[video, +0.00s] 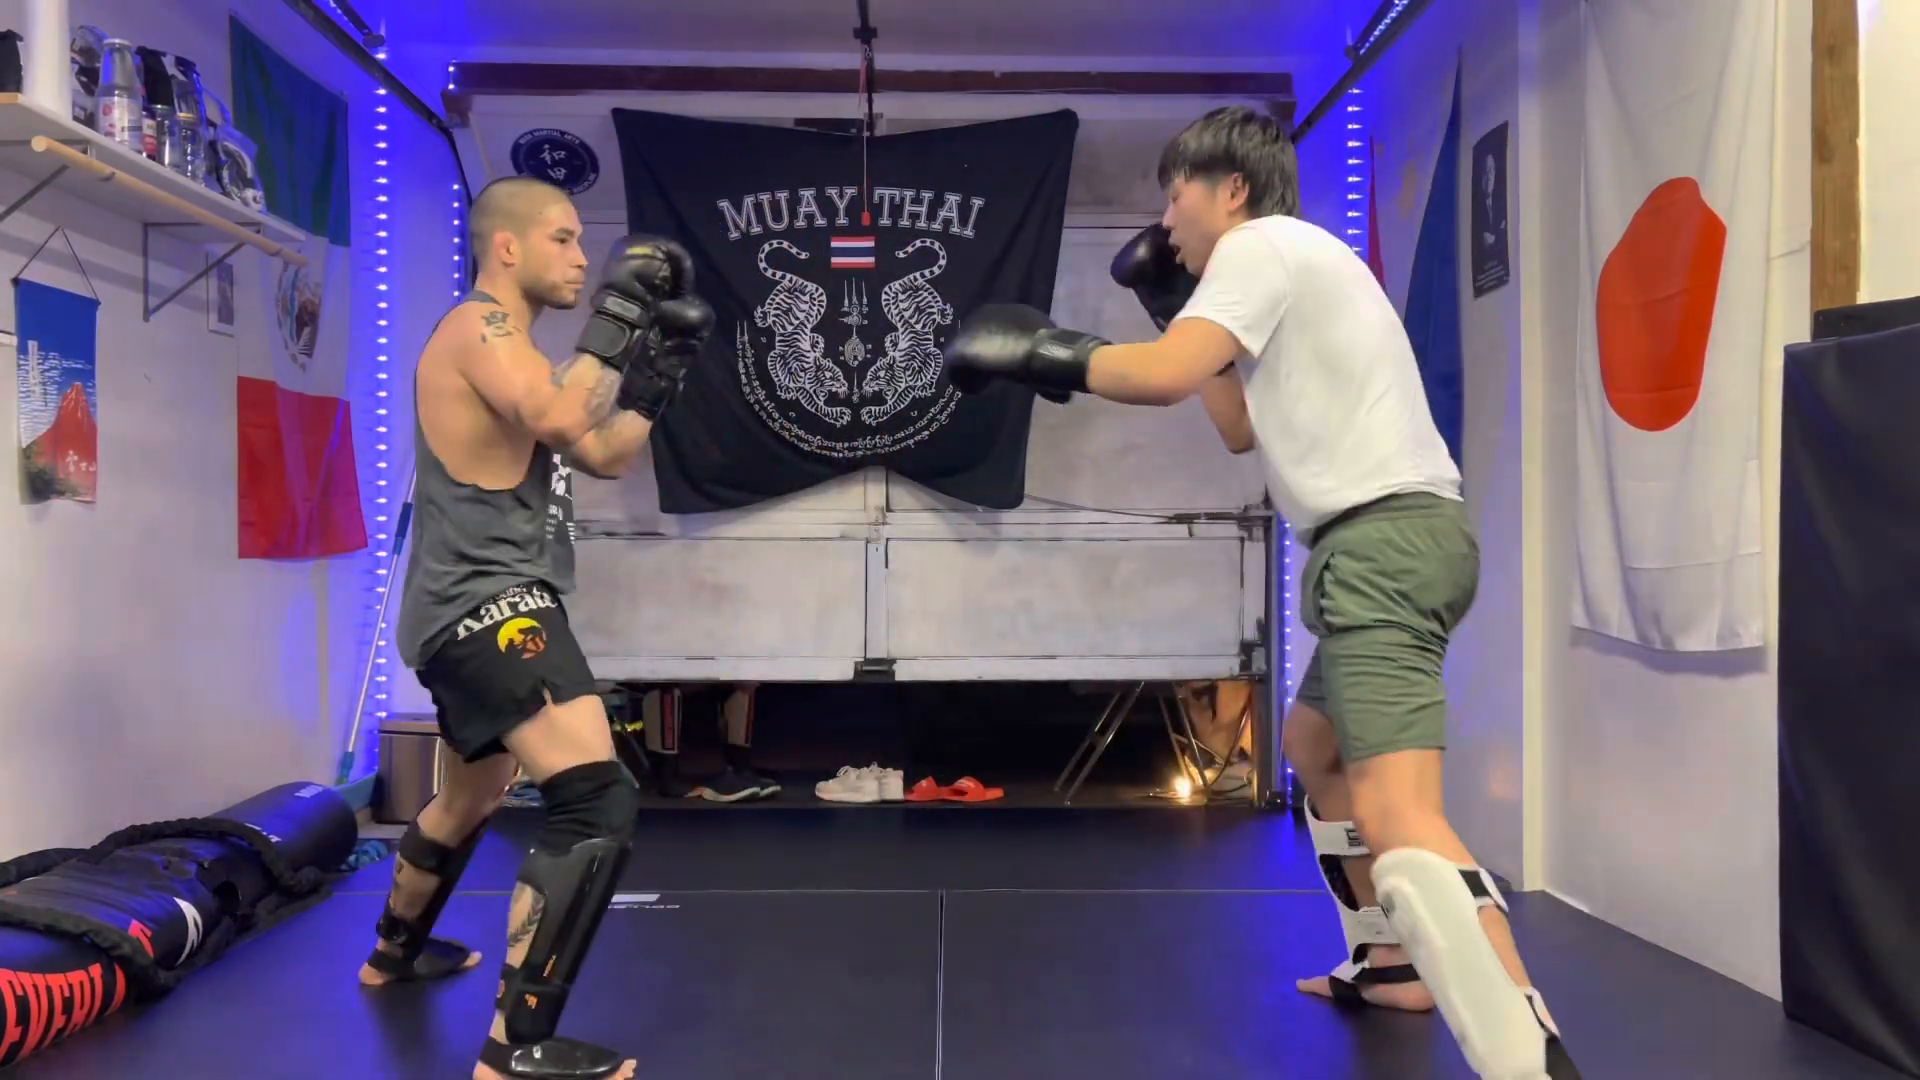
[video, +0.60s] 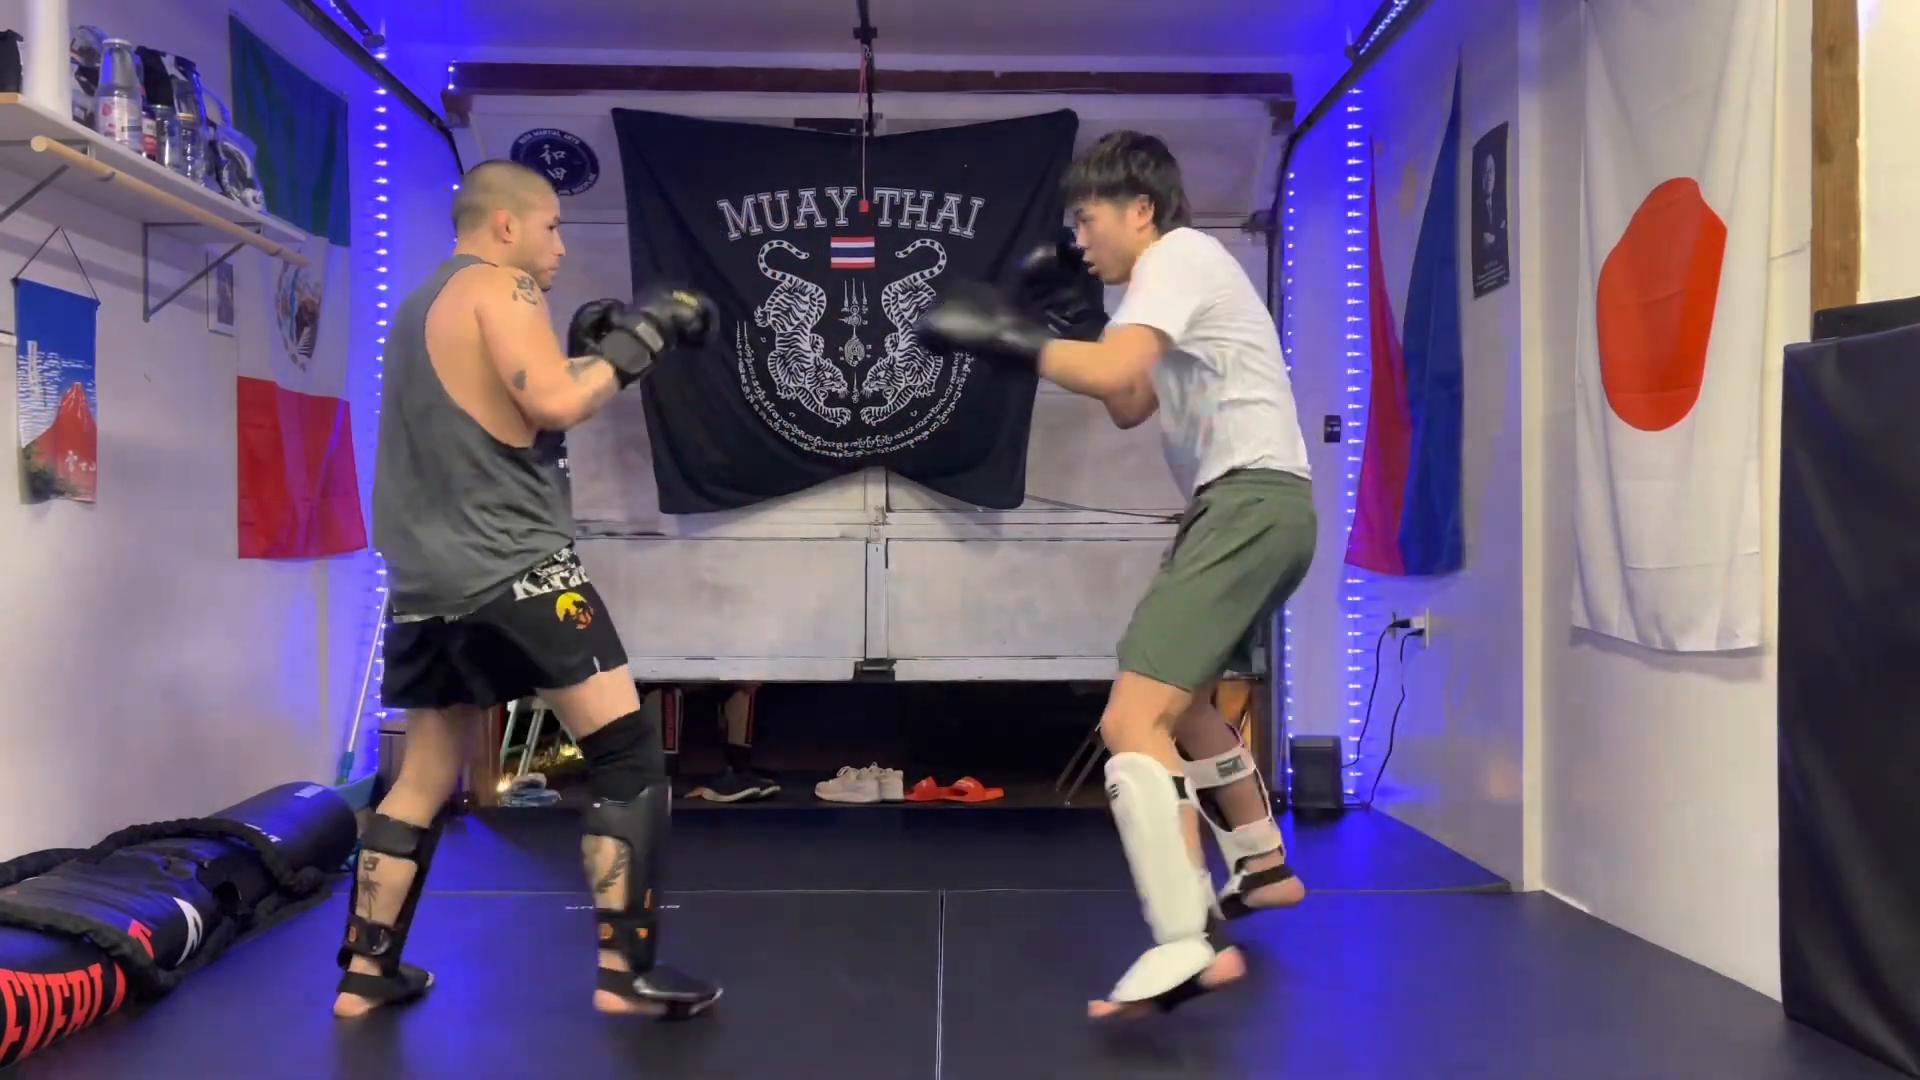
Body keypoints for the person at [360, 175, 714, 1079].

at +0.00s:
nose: (580, 256)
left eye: (579, 240)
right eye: (563, 239)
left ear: (517, 253)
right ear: (505, 247)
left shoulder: (519, 348)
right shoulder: (478, 331)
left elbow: (606, 453)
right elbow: (559, 415)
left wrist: (662, 373)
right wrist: (620, 314)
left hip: (473, 606)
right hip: (491, 601)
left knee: (469, 794)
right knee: (596, 802)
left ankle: (396, 948)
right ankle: (522, 1041)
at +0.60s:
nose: (560, 245)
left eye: (559, 227)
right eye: (550, 227)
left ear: (482, 230)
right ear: (504, 227)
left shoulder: (423, 303)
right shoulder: (501, 293)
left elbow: (493, 410)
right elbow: (553, 401)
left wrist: (577, 352)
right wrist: (636, 344)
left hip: (425, 585)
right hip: (518, 574)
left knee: (423, 771)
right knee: (625, 751)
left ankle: (367, 971)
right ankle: (625, 969)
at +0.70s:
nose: (584, 249)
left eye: (582, 232)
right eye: (575, 232)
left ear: (506, 236)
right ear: (530, 233)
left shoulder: (441, 315)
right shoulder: (529, 306)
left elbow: (520, 424)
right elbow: (637, 387)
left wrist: (608, 351)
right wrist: (685, 302)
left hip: (442, 599)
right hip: (542, 588)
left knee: (447, 778)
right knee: (644, 766)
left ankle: (369, 968)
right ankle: (665, 968)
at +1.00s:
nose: (578, 253)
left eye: (576, 237)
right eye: (570, 237)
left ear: (499, 239)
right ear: (526, 237)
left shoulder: (432, 322)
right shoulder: (514, 321)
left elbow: (500, 442)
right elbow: (579, 446)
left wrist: (584, 378)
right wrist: (668, 367)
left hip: (435, 590)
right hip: (521, 584)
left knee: (432, 761)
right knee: (617, 763)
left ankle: (337, 927)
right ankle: (663, 964)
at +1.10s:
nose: (552, 278)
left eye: (550, 263)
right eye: (543, 263)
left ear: (476, 267)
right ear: (501, 267)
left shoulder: (421, 345)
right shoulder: (479, 349)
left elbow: (502, 462)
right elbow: (490, 483)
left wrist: (558, 375)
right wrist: (602, 452)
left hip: (412, 610)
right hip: (480, 607)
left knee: (422, 784)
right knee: (609, 769)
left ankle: (327, 939)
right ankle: (663, 966)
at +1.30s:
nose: (502, 272)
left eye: (500, 257)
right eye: (491, 257)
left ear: (439, 265)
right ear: (444, 264)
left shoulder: (423, 346)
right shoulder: (395, 339)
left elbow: (457, 461)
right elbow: (402, 460)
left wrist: (517, 395)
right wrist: (517, 420)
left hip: (364, 595)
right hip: (378, 593)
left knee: (406, 768)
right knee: (491, 747)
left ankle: (324, 938)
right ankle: (548, 968)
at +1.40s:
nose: (481, 248)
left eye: (480, 233)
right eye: (470, 232)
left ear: (419, 239)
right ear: (417, 236)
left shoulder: (410, 329)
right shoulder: (364, 310)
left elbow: (466, 443)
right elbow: (399, 425)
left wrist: (521, 371)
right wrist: (485, 363)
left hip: (346, 564)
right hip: (348, 563)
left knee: (385, 756)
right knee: (445, 743)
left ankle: (321, 941)